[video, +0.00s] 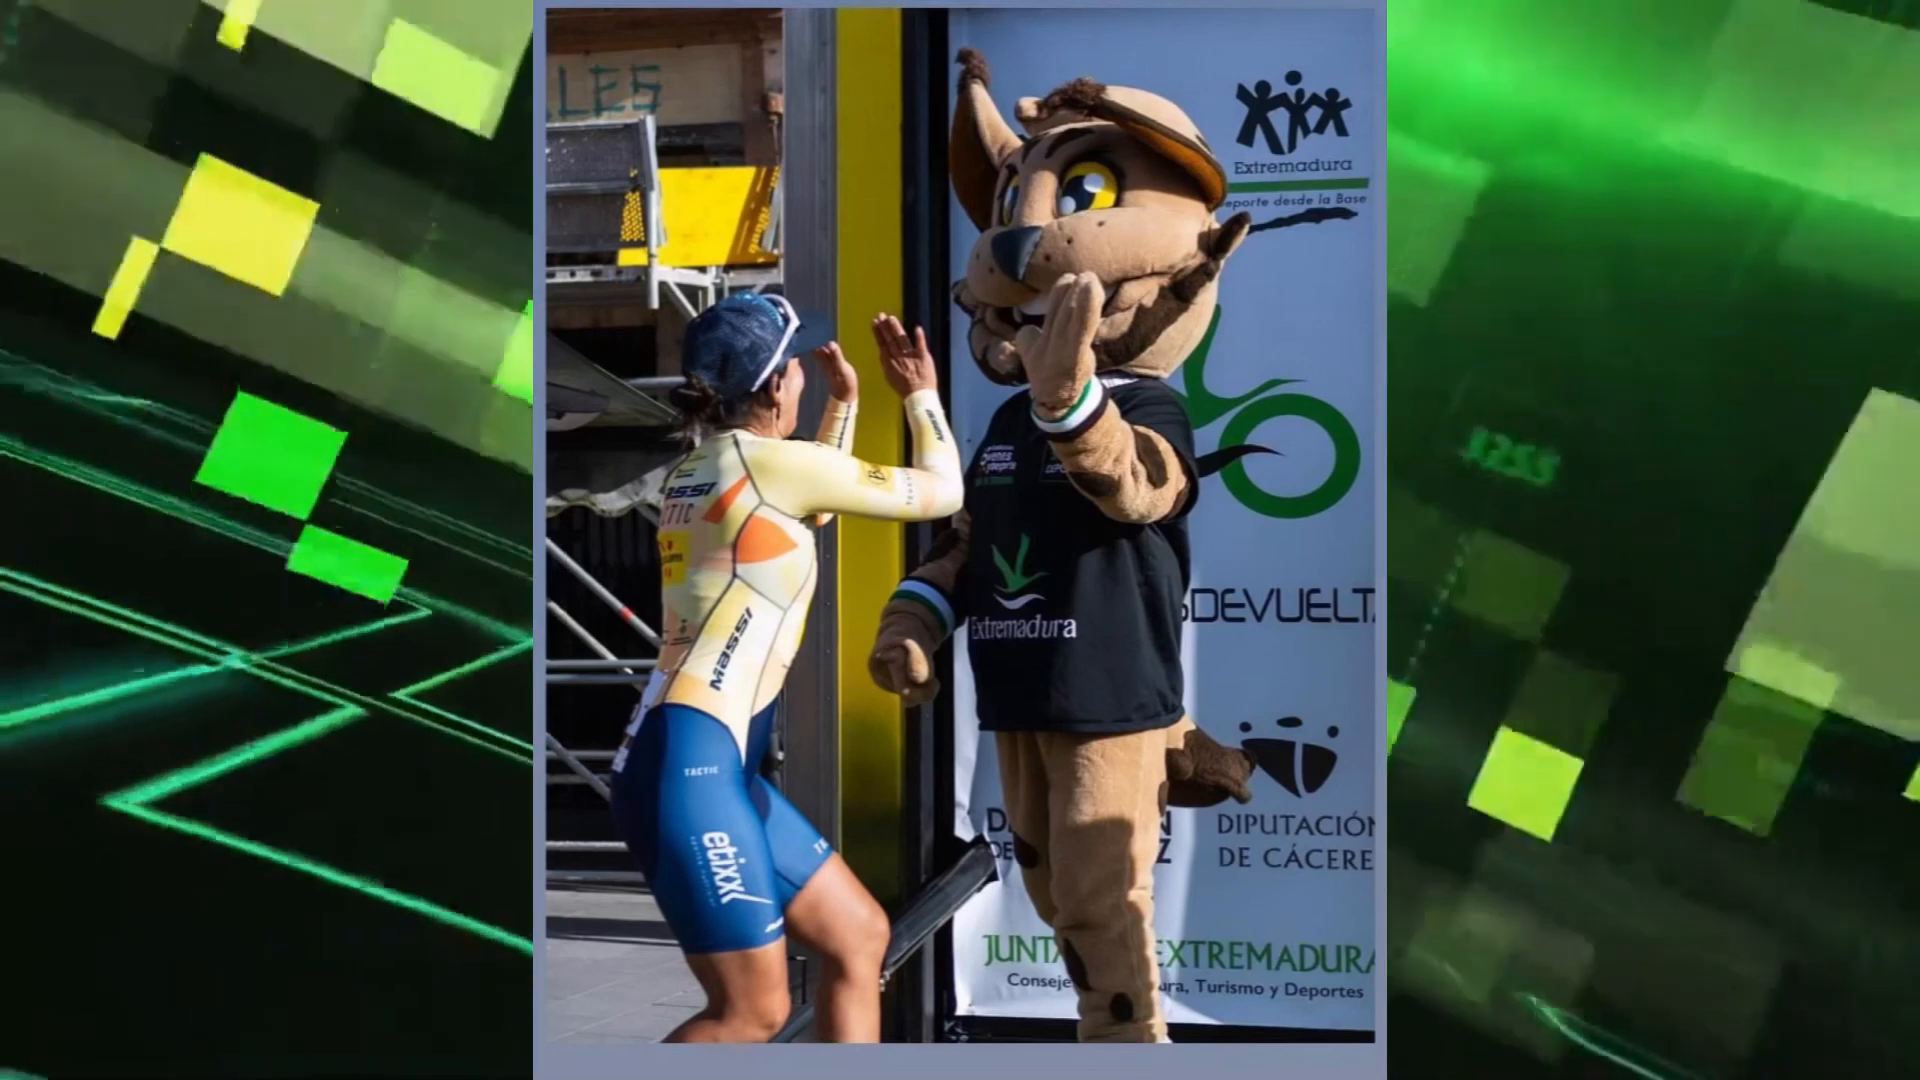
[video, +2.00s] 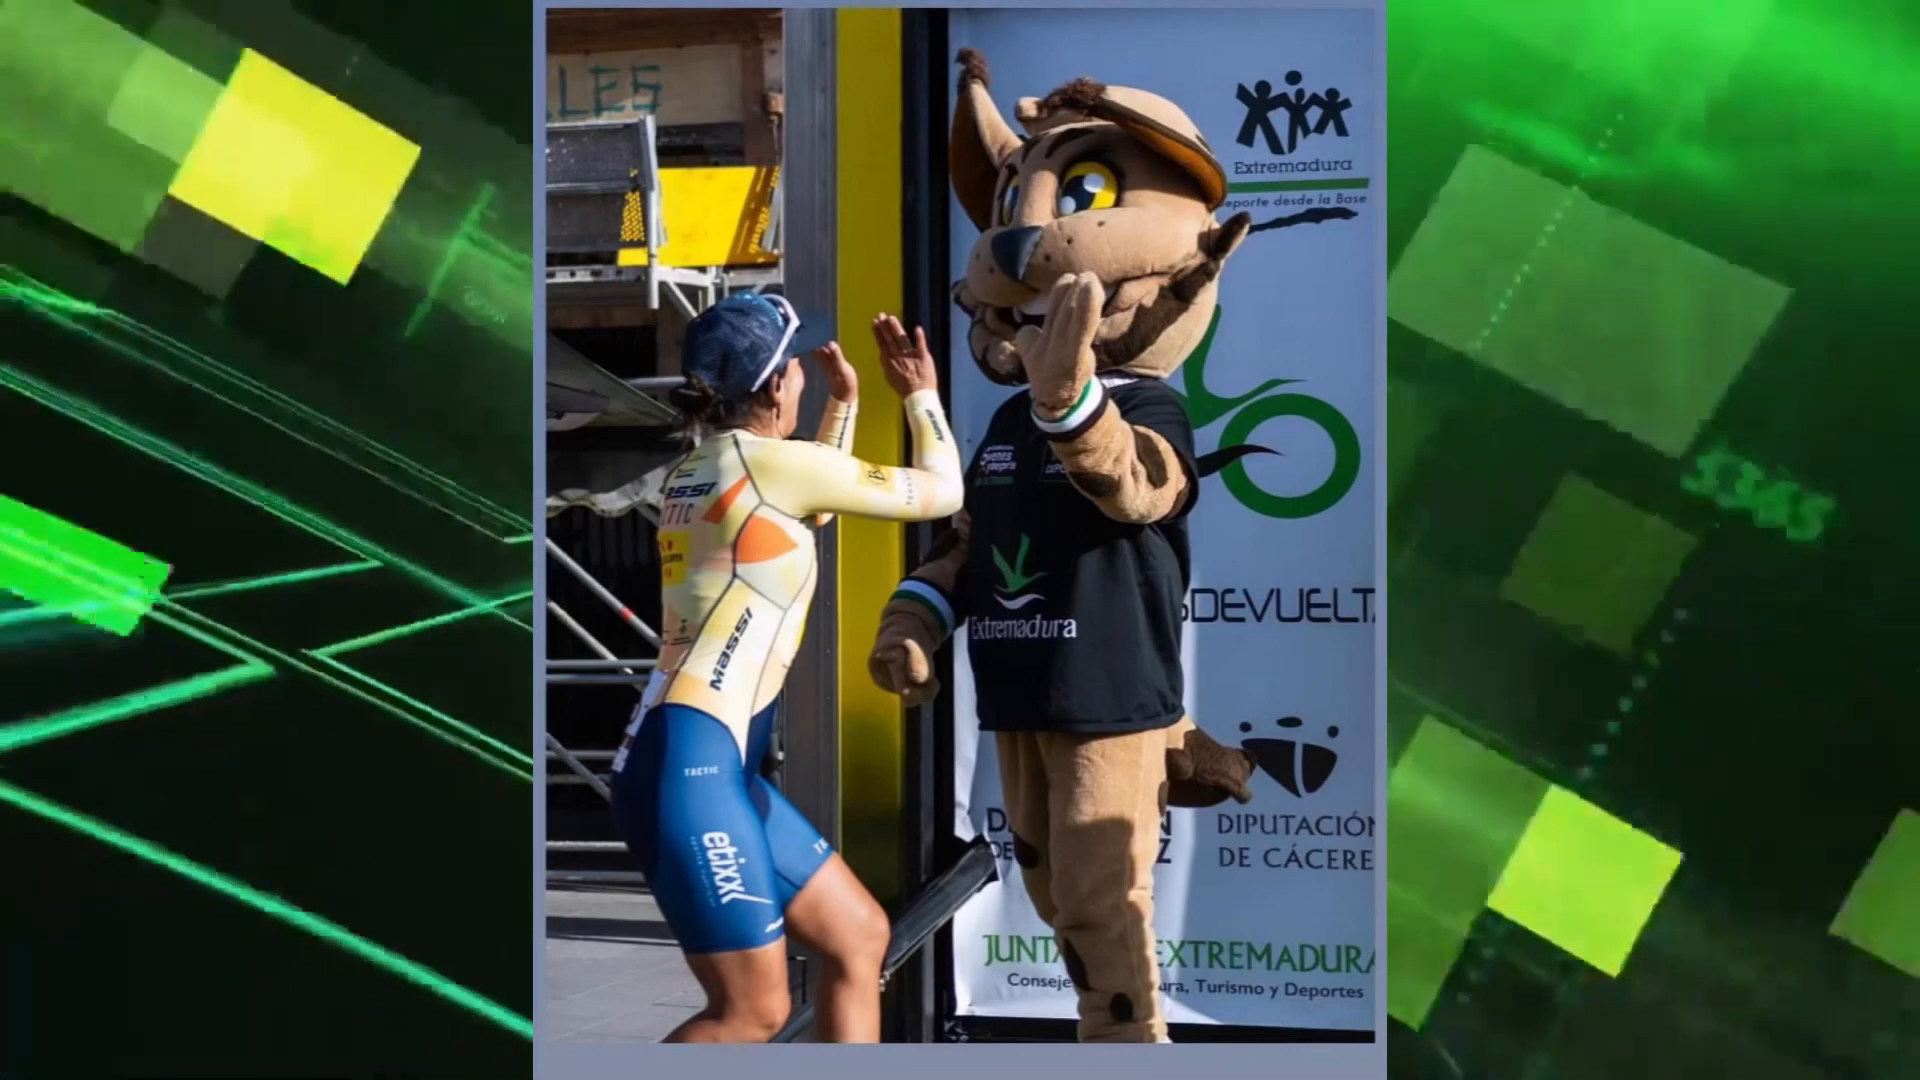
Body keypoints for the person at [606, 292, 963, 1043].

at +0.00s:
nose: (803, 377)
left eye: (799, 363)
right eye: (796, 364)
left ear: (715, 387)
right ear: (776, 380)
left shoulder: (692, 471)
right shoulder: (778, 465)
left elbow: (798, 494)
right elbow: (938, 492)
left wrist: (840, 412)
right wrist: (924, 395)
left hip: (714, 770)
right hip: (686, 774)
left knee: (860, 934)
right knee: (754, 1010)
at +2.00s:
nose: (803, 377)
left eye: (799, 363)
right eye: (796, 364)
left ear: (715, 387)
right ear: (776, 380)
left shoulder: (692, 471)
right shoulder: (778, 465)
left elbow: (798, 494)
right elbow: (938, 492)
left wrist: (840, 412)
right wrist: (924, 395)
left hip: (714, 770)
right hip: (686, 774)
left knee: (860, 934)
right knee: (754, 1010)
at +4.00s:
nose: (803, 377)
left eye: (800, 363)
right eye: (796, 364)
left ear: (715, 388)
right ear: (776, 380)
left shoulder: (693, 471)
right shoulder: (778, 464)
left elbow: (798, 494)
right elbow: (939, 492)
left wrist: (840, 412)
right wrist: (924, 395)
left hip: (714, 770)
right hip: (687, 774)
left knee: (860, 934)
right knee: (754, 1010)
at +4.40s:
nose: (803, 378)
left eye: (800, 363)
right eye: (797, 365)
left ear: (714, 387)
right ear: (777, 380)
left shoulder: (695, 471)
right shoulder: (779, 465)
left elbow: (800, 494)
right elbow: (939, 492)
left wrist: (841, 410)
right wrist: (924, 395)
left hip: (714, 769)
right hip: (686, 774)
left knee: (860, 934)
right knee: (754, 1010)